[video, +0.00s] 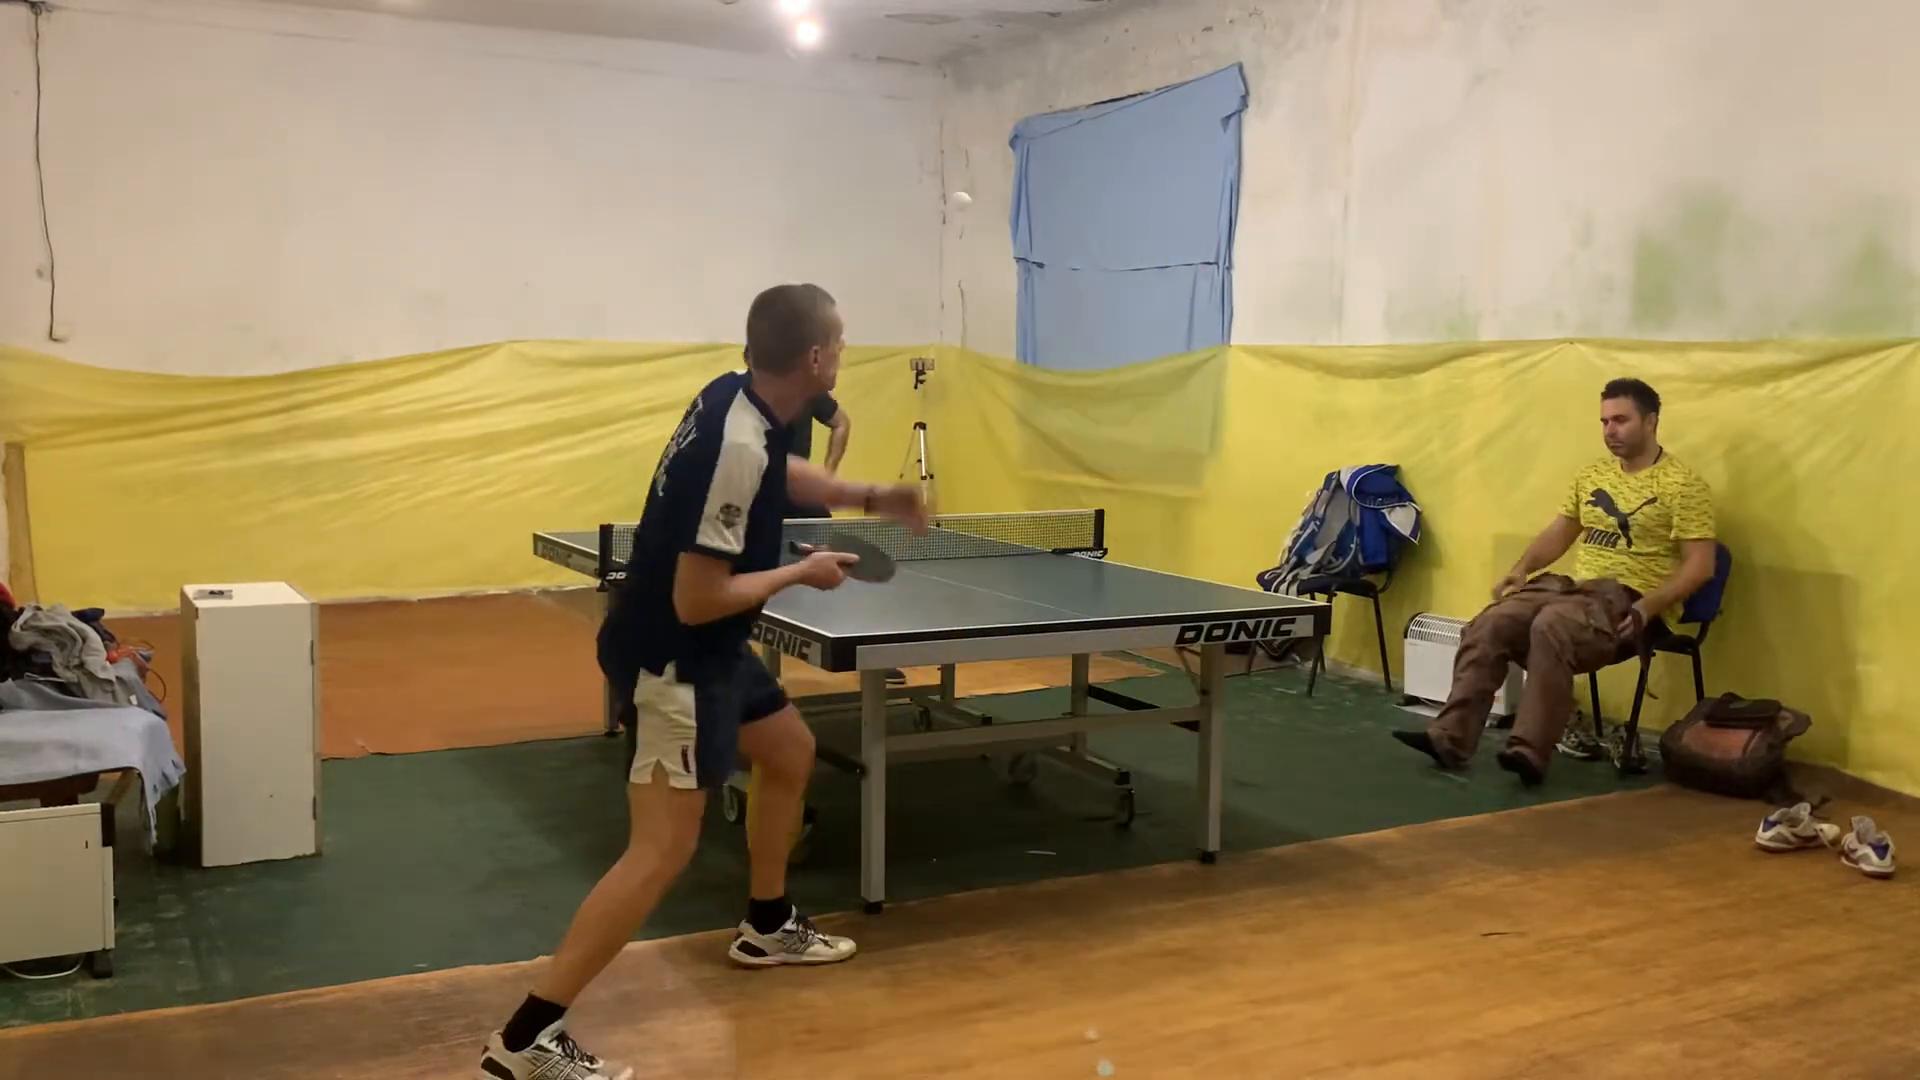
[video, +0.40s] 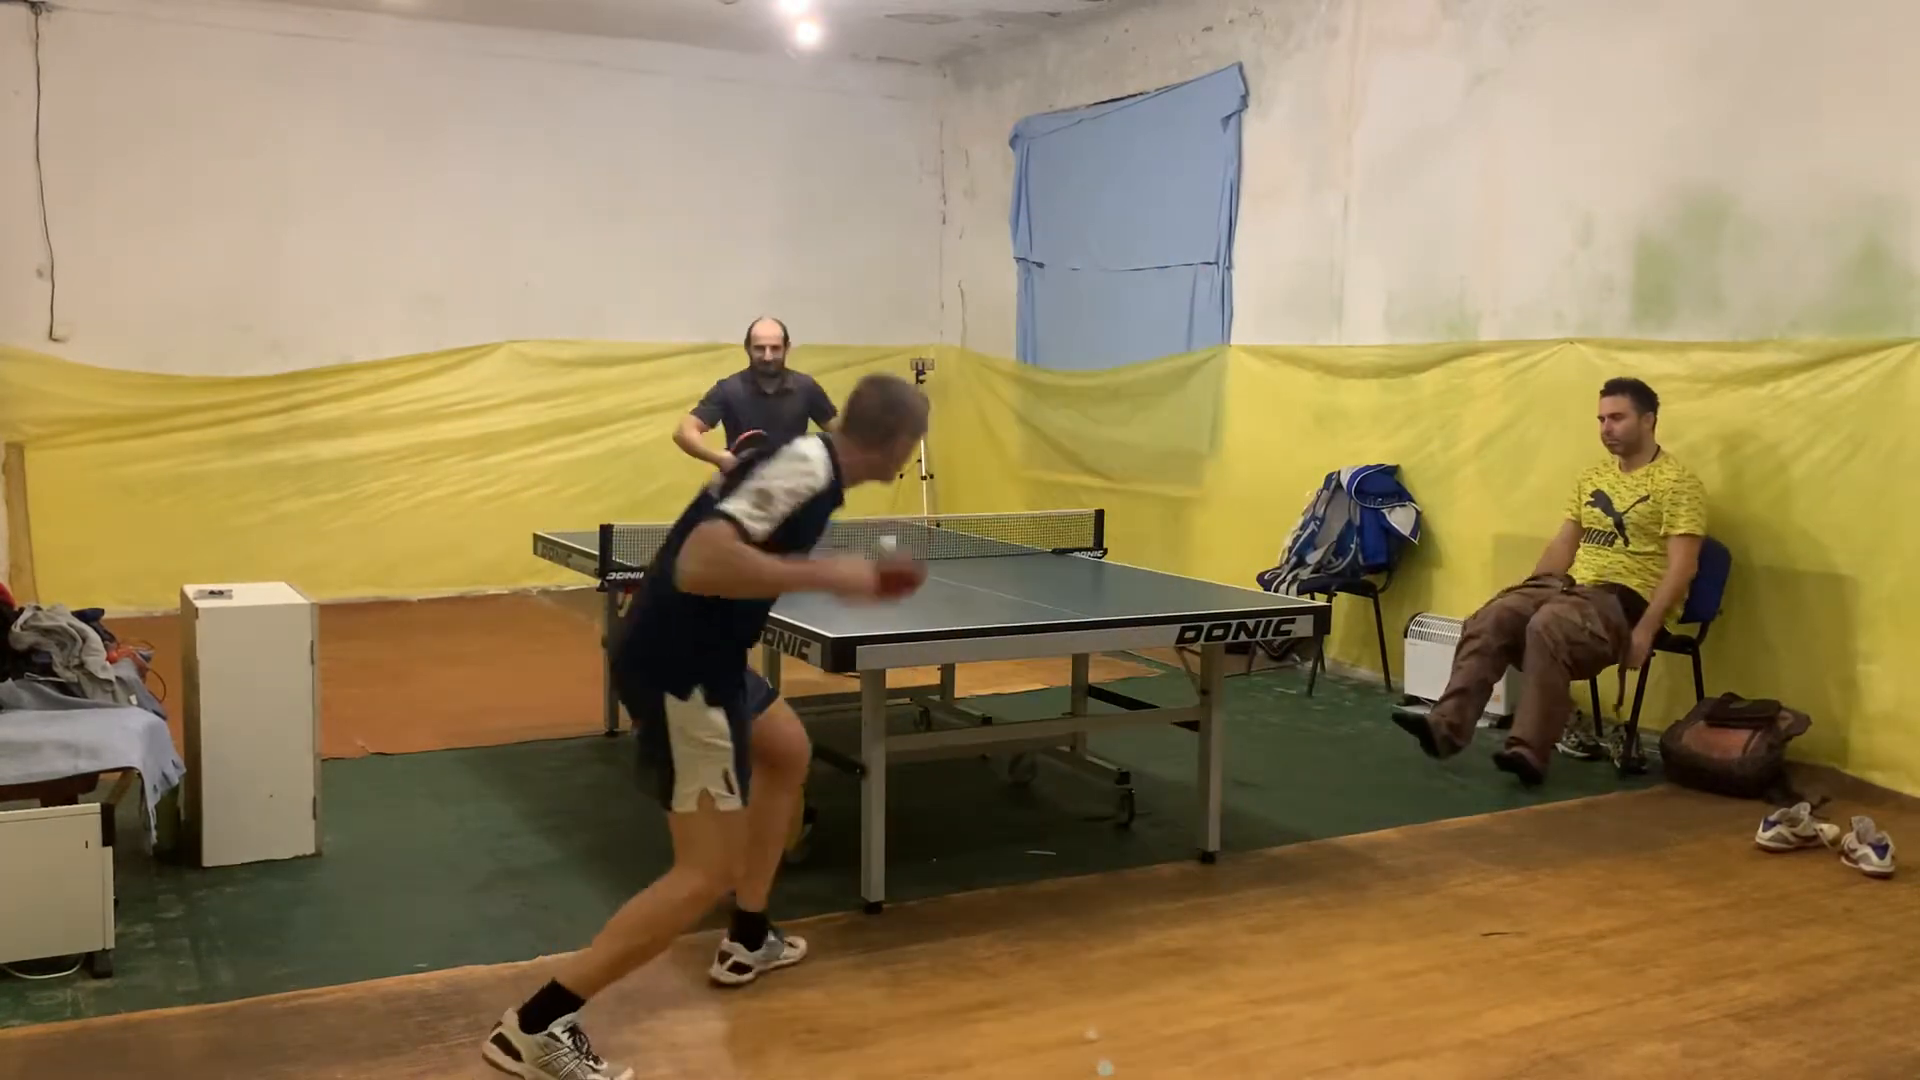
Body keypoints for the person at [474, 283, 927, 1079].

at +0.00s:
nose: (841, 361)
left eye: (839, 349)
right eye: (838, 350)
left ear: (764, 351)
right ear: (814, 361)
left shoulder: (743, 404)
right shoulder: (732, 445)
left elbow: (774, 480)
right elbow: (696, 597)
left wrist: (871, 498)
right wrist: (799, 571)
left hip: (712, 643)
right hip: (672, 658)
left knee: (789, 754)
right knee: (661, 848)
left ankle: (767, 925)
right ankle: (528, 1034)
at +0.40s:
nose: (908, 460)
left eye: (911, 448)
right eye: (910, 448)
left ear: (858, 421)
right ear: (889, 444)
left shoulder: (813, 462)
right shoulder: (799, 467)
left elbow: (737, 558)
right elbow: (698, 563)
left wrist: (860, 577)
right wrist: (829, 574)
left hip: (708, 655)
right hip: (676, 665)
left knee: (787, 748)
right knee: (706, 873)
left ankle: (747, 939)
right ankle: (539, 1019)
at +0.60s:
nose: (926, 434)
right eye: (928, 424)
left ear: (860, 396)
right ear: (920, 423)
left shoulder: (785, 429)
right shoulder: (896, 490)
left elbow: (678, 516)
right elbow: (866, 629)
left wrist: (654, 622)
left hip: (711, 637)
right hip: (781, 656)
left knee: (768, 792)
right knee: (805, 852)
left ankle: (748, 939)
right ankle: (640, 969)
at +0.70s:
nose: (931, 392)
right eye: (936, 384)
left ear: (867, 363)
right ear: (930, 385)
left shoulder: (799, 405)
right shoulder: (930, 465)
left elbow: (701, 494)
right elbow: (900, 601)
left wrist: (673, 597)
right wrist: (842, 571)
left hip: (755, 625)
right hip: (839, 641)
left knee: (786, 762)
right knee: (878, 819)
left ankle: (759, 924)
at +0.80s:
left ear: (886, 344)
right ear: (952, 363)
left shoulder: (829, 391)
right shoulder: (964, 442)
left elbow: (744, 486)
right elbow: (940, 569)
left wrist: (706, 594)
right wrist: (887, 615)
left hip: (797, 620)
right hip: (889, 635)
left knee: (800, 758)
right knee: (953, 797)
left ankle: (779, 938)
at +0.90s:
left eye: (916, 351)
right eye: (979, 363)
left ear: (916, 353)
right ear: (983, 367)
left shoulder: (864, 403)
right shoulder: (1001, 448)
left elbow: (785, 496)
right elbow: (983, 577)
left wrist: (748, 615)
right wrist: (940, 627)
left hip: (848, 636)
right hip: (945, 644)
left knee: (818, 763)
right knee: (1028, 802)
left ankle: (783, 939)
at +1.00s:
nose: (961, 366)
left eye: (960, 354)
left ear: (960, 358)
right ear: (1028, 369)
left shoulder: (913, 410)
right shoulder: (1055, 449)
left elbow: (855, 513)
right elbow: (1046, 583)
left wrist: (809, 620)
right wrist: (1001, 633)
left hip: (912, 655)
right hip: (1016, 661)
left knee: (848, 771)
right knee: (1096, 815)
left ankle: (785, 939)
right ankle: (1186, 999)